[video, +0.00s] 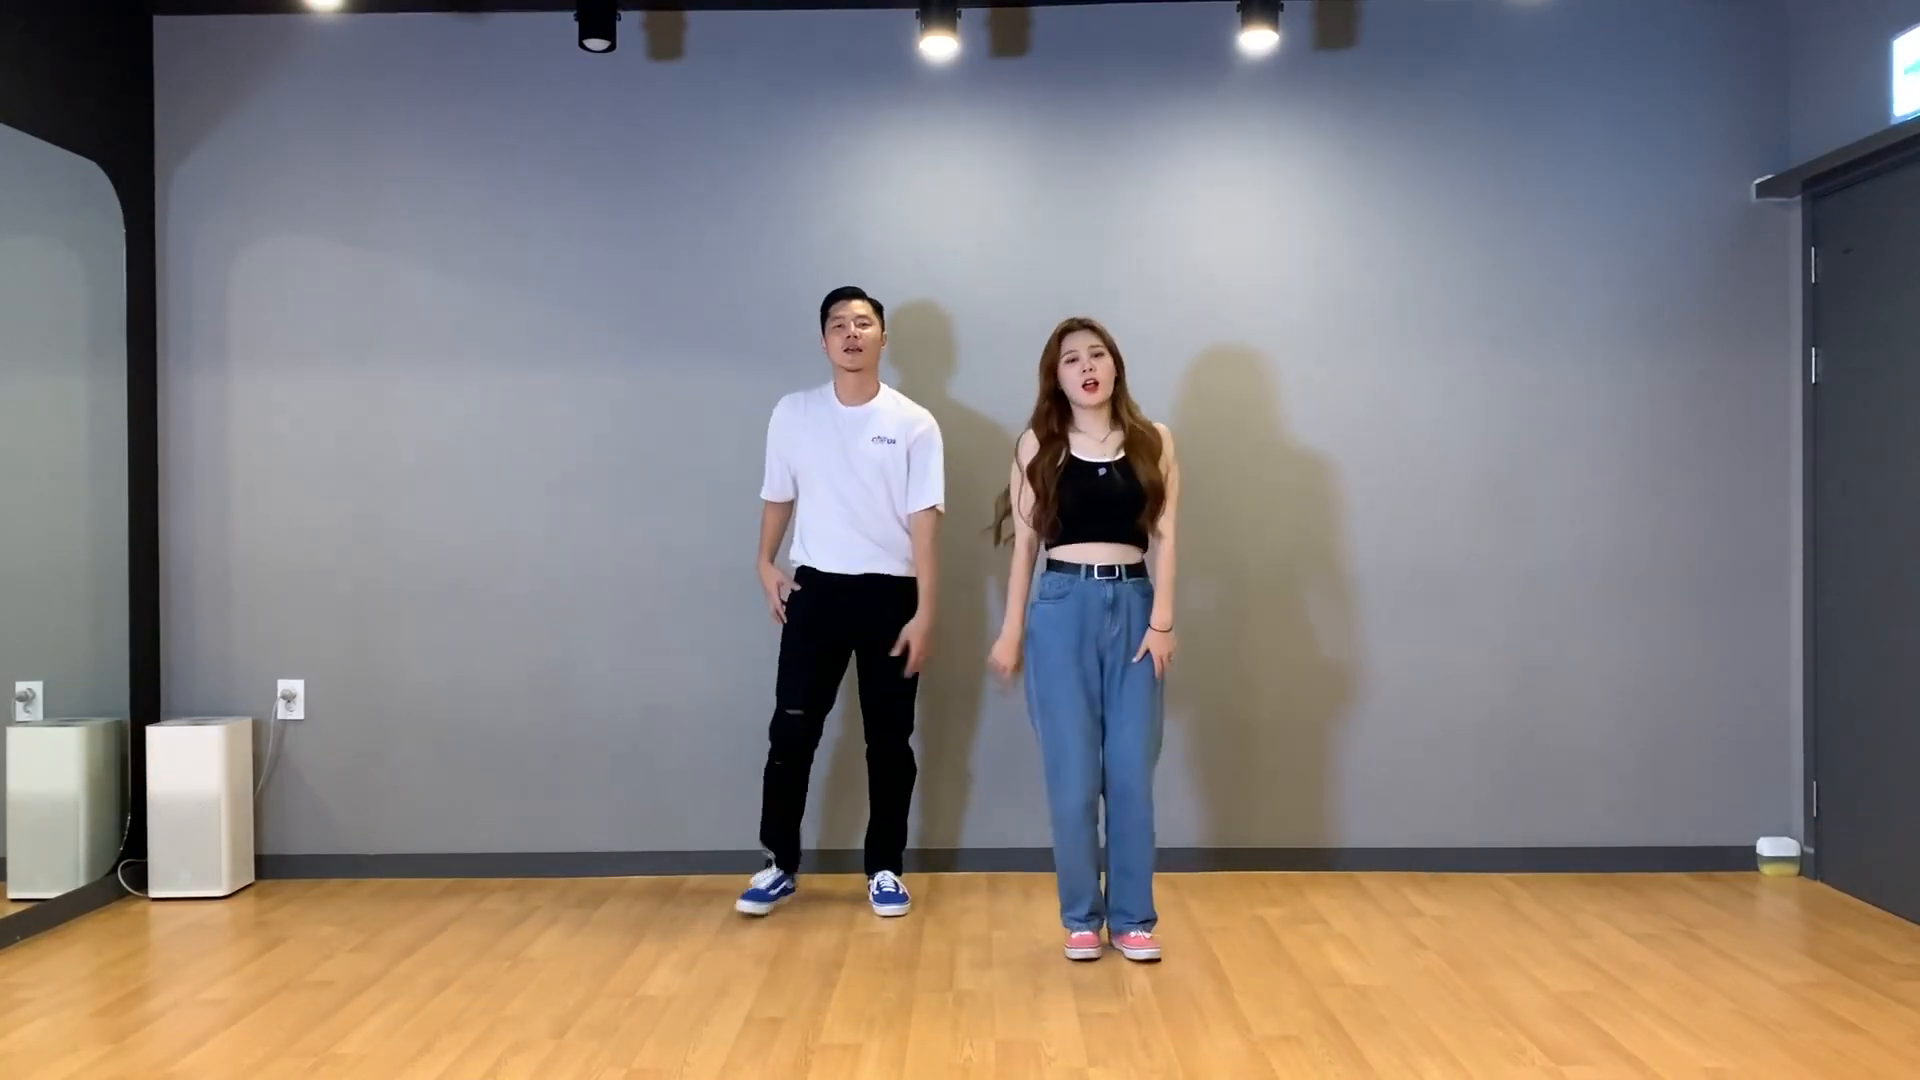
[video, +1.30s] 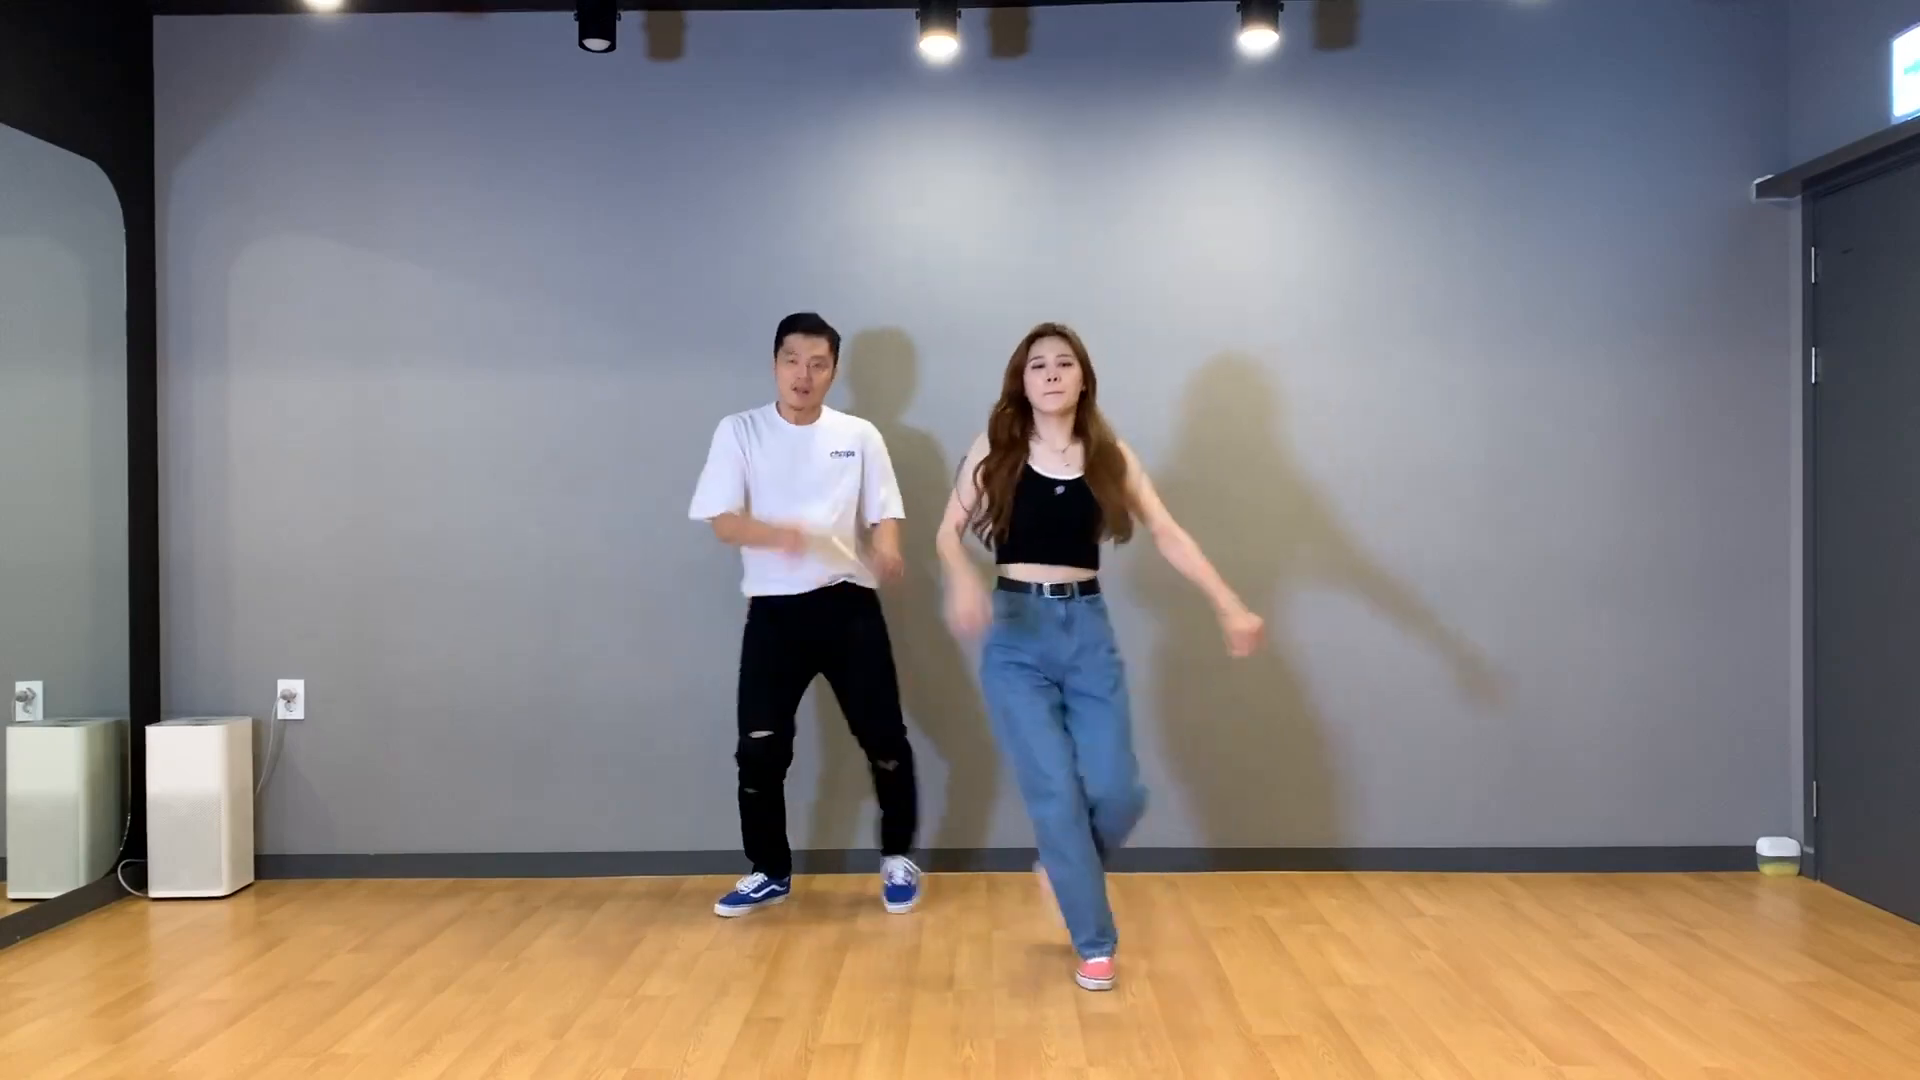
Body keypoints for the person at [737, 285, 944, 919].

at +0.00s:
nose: (852, 331)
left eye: (864, 322)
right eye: (840, 324)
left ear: (883, 338)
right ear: (824, 342)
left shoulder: (915, 424)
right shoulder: (792, 413)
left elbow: (924, 522)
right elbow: (779, 497)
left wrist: (925, 612)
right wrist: (765, 560)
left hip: (891, 595)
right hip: (815, 593)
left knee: (890, 743)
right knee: (790, 733)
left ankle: (885, 869)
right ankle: (780, 865)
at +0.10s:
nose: (850, 337)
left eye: (860, 326)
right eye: (837, 331)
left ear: (884, 337)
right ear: (824, 347)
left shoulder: (913, 431)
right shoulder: (793, 408)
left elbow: (920, 515)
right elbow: (774, 493)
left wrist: (886, 570)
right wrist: (761, 563)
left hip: (886, 594)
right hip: (810, 591)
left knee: (887, 741)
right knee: (791, 736)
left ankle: (885, 871)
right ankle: (775, 870)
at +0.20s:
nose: (843, 345)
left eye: (852, 331)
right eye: (830, 340)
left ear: (879, 336)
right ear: (821, 353)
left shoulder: (913, 420)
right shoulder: (800, 406)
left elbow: (916, 492)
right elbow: (776, 491)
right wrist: (749, 560)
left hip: (877, 594)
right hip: (802, 589)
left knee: (880, 740)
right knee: (782, 735)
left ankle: (883, 871)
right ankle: (774, 870)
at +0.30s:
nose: (826, 353)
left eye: (834, 337)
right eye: (813, 346)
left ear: (862, 334)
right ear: (807, 355)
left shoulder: (893, 408)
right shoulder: (802, 407)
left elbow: (919, 436)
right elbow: (782, 493)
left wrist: (917, 344)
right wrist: (744, 555)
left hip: (867, 590)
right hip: (796, 589)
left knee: (877, 739)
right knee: (778, 735)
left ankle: (884, 870)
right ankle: (774, 869)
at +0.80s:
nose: (777, 355)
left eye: (779, 339)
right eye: (762, 357)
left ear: (805, 337)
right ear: (760, 376)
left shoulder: (867, 393)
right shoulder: (772, 427)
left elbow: (960, 396)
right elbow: (766, 518)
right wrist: (754, 584)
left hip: (857, 595)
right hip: (785, 597)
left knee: (873, 737)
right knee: (777, 740)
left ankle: (888, 871)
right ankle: (768, 871)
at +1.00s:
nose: (802, 339)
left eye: (810, 326)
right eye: (788, 334)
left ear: (833, 335)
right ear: (778, 354)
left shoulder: (880, 402)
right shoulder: (768, 431)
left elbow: (944, 476)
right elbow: (757, 525)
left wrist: (925, 550)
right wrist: (741, 600)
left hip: (865, 595)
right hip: (789, 599)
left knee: (879, 740)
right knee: (776, 741)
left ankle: (894, 870)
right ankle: (767, 871)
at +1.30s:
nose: (803, 374)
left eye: (816, 363)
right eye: (792, 361)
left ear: (832, 371)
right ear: (774, 365)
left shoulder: (859, 435)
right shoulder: (737, 433)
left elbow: (885, 517)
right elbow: (723, 521)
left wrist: (886, 551)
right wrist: (774, 535)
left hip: (849, 607)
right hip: (773, 614)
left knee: (884, 739)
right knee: (758, 751)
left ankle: (898, 859)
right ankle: (770, 873)